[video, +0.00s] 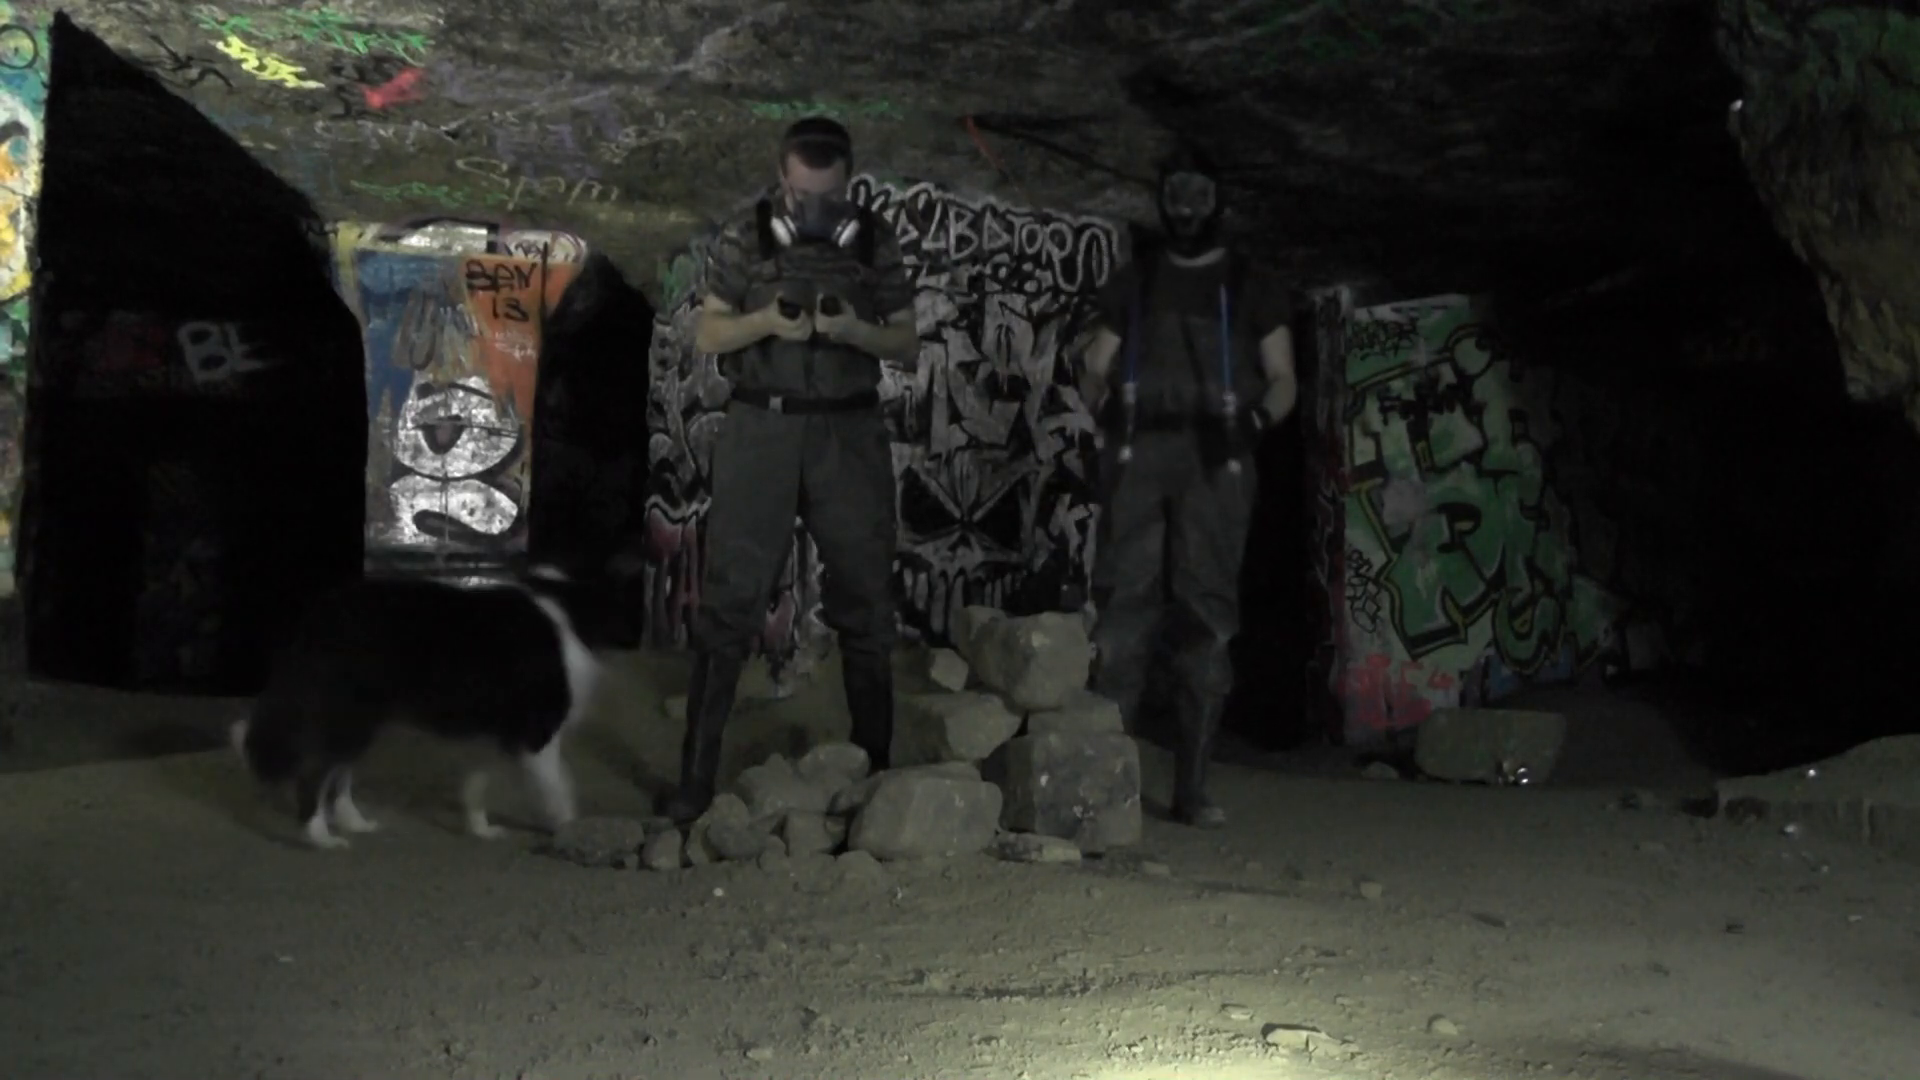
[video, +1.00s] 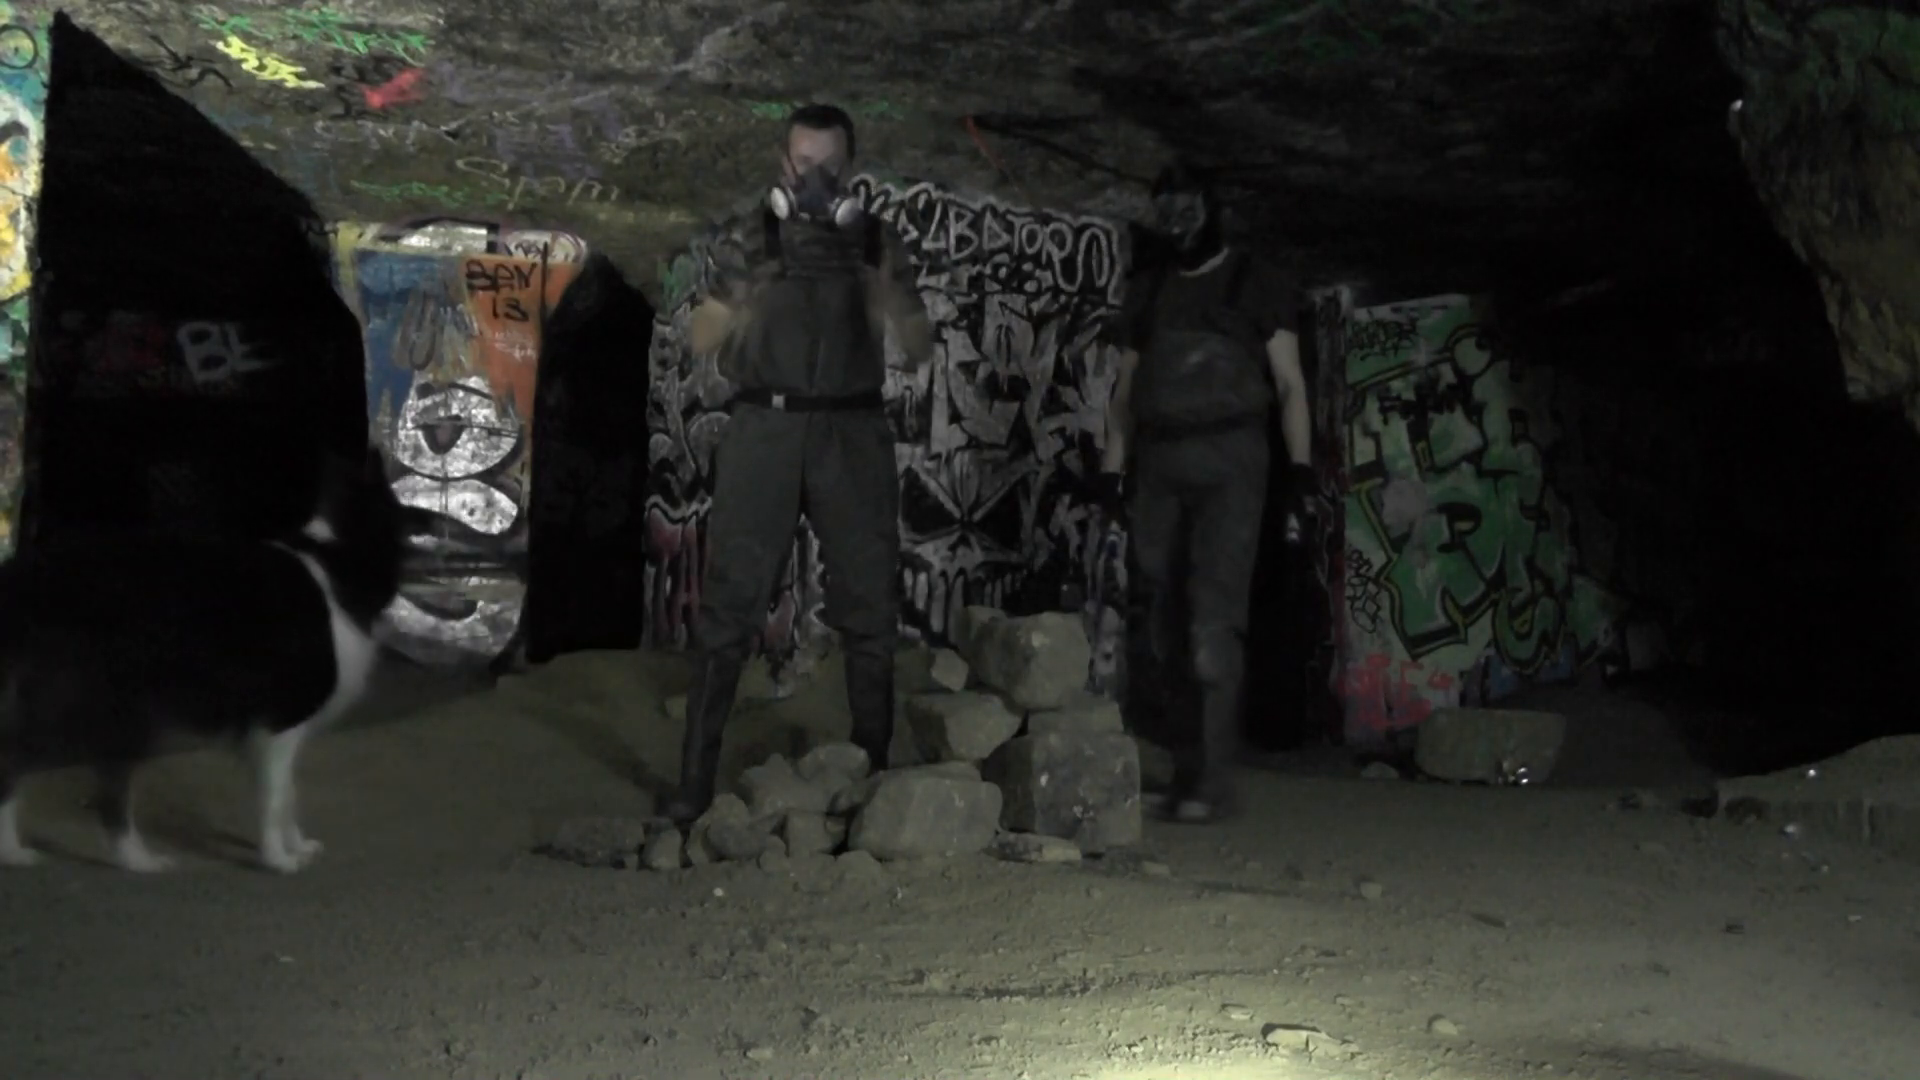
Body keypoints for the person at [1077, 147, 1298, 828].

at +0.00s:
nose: (1186, 211)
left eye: (1198, 197)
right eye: (1176, 197)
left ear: (1217, 203)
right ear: (1161, 202)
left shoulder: (1250, 282)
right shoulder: (1137, 278)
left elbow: (1282, 383)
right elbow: (1094, 368)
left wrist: (1248, 431)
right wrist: (1111, 428)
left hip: (1214, 467)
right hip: (1138, 465)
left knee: (1206, 616)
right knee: (1125, 612)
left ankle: (1191, 786)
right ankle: (1107, 782)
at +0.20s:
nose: (1190, 210)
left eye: (1202, 196)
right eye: (1180, 196)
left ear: (1224, 201)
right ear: (1165, 202)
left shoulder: (1257, 277)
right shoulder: (1144, 275)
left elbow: (1290, 384)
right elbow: (1105, 366)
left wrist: (1261, 452)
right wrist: (1102, 441)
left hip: (1220, 474)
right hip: (1138, 468)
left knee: (1208, 620)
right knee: (1123, 618)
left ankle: (1193, 786)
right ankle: (1107, 780)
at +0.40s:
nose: (1195, 211)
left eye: (1207, 197)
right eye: (1185, 198)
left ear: (1227, 203)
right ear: (1170, 205)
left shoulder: (1258, 279)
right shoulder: (1147, 278)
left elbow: (1288, 381)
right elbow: (1110, 376)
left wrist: (1287, 467)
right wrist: (1094, 463)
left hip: (1226, 468)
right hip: (1145, 467)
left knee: (1211, 624)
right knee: (1138, 619)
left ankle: (1191, 787)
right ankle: (1146, 779)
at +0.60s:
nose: (1188, 218)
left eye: (1200, 205)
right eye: (1177, 205)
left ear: (1222, 210)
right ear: (1165, 212)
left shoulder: (1256, 282)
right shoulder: (1146, 281)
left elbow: (1288, 387)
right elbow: (1112, 378)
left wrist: (1297, 479)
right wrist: (1096, 465)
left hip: (1229, 466)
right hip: (1152, 467)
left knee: (1215, 616)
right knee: (1155, 617)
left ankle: (1198, 779)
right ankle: (1176, 769)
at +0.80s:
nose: (1181, 224)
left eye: (1192, 210)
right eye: (1171, 212)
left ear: (1216, 214)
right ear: (1159, 218)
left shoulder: (1257, 283)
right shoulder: (1147, 286)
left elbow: (1290, 383)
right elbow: (1116, 387)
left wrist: (1300, 472)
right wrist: (1109, 470)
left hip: (1235, 468)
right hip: (1154, 468)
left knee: (1214, 616)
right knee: (1159, 613)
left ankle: (1194, 776)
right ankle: (1189, 775)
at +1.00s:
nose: (1178, 221)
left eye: (1189, 208)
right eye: (1169, 210)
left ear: (1215, 211)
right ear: (1157, 215)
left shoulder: (1255, 285)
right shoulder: (1150, 290)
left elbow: (1291, 386)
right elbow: (1123, 388)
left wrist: (1300, 473)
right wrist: (1112, 469)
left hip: (1233, 473)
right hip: (1157, 473)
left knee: (1213, 623)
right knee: (1158, 623)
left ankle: (1209, 781)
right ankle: (1181, 772)